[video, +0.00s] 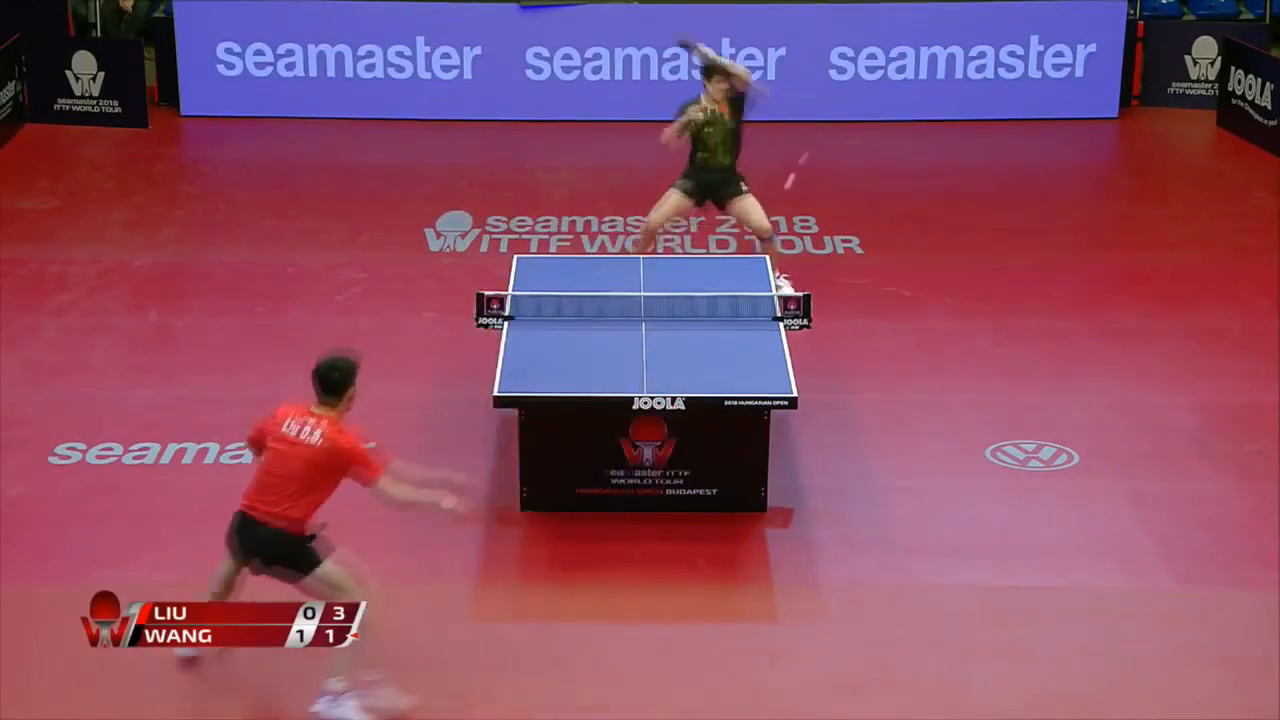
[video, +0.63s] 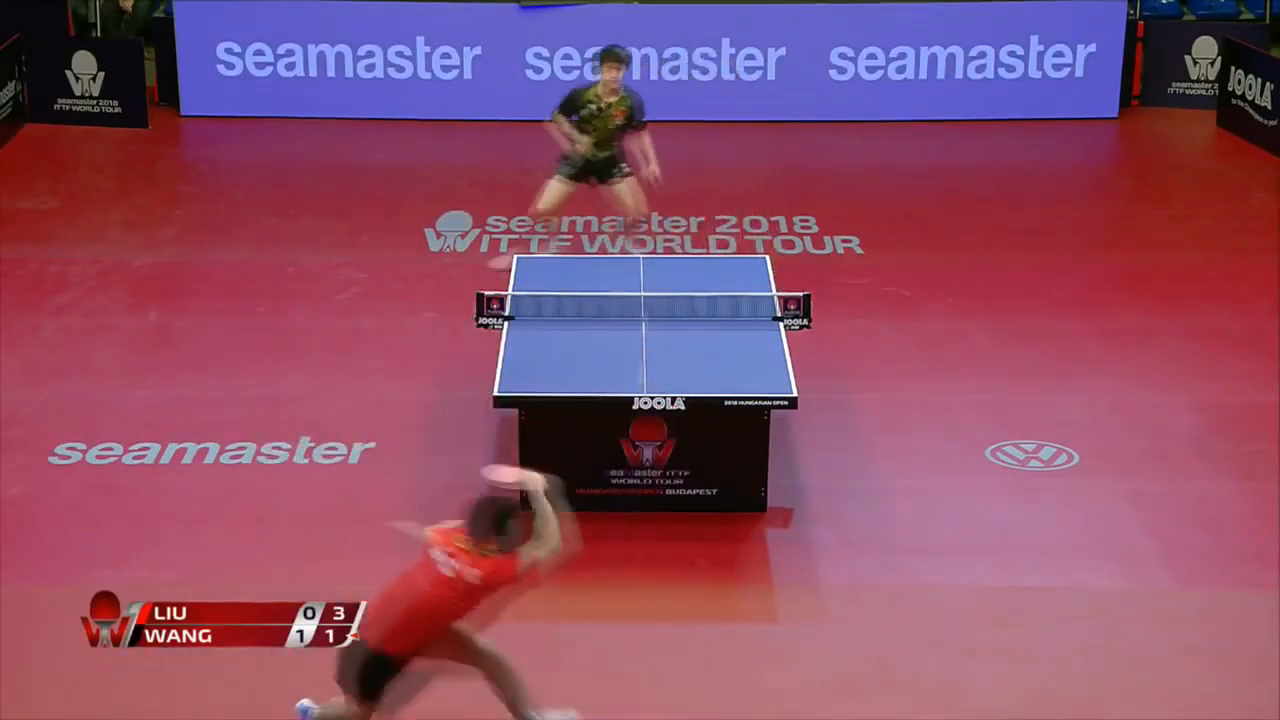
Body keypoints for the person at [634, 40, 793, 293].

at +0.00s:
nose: (724, 87)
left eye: (726, 81)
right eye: (718, 82)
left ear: (731, 83)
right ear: (706, 83)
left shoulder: (734, 104)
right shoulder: (693, 108)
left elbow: (744, 78)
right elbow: (667, 141)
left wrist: (711, 57)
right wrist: (687, 120)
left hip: (727, 180)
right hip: (695, 179)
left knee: (764, 228)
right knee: (650, 224)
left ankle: (775, 278)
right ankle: (639, 273)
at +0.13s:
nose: (698, 69)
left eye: (702, 64)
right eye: (694, 63)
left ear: (708, 65)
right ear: (684, 65)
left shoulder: (717, 85)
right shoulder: (675, 92)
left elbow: (729, 68)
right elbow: (660, 118)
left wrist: (707, 41)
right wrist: (644, 120)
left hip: (717, 163)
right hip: (684, 162)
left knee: (751, 221)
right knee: (641, 210)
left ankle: (769, 275)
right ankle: (620, 259)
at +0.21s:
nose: (682, 72)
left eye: (687, 67)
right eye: (677, 67)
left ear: (694, 68)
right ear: (669, 68)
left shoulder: (704, 87)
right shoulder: (663, 94)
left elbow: (730, 87)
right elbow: (656, 120)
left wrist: (711, 67)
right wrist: (637, 129)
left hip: (707, 161)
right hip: (676, 162)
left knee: (735, 218)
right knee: (638, 211)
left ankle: (749, 264)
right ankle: (623, 258)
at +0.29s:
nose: (667, 84)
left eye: (672, 79)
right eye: (663, 79)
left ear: (680, 80)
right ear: (655, 80)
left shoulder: (690, 100)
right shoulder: (649, 107)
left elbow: (725, 115)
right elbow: (650, 131)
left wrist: (711, 101)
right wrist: (636, 141)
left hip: (697, 171)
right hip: (668, 172)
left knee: (715, 224)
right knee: (627, 212)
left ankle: (737, 267)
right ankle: (630, 261)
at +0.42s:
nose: (647, 83)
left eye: (652, 78)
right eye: (643, 77)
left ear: (659, 80)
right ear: (635, 78)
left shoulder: (670, 105)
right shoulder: (622, 103)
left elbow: (701, 128)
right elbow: (618, 128)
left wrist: (695, 130)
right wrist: (614, 131)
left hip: (670, 171)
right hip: (640, 169)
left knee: (697, 219)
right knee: (600, 208)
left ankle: (729, 260)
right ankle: (628, 253)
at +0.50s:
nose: (634, 74)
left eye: (639, 69)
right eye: (630, 68)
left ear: (647, 71)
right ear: (623, 69)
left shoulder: (656, 100)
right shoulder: (606, 91)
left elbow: (680, 126)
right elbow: (581, 109)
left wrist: (678, 139)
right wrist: (599, 121)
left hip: (644, 162)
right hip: (611, 160)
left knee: (676, 210)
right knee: (577, 206)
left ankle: (701, 259)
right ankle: (614, 245)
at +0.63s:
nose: (614, 75)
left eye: (618, 70)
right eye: (610, 69)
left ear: (624, 72)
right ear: (601, 70)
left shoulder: (631, 101)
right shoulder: (581, 96)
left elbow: (641, 132)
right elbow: (555, 120)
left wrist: (651, 163)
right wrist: (571, 144)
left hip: (611, 162)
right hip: (577, 160)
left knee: (639, 213)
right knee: (541, 212)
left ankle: (627, 251)